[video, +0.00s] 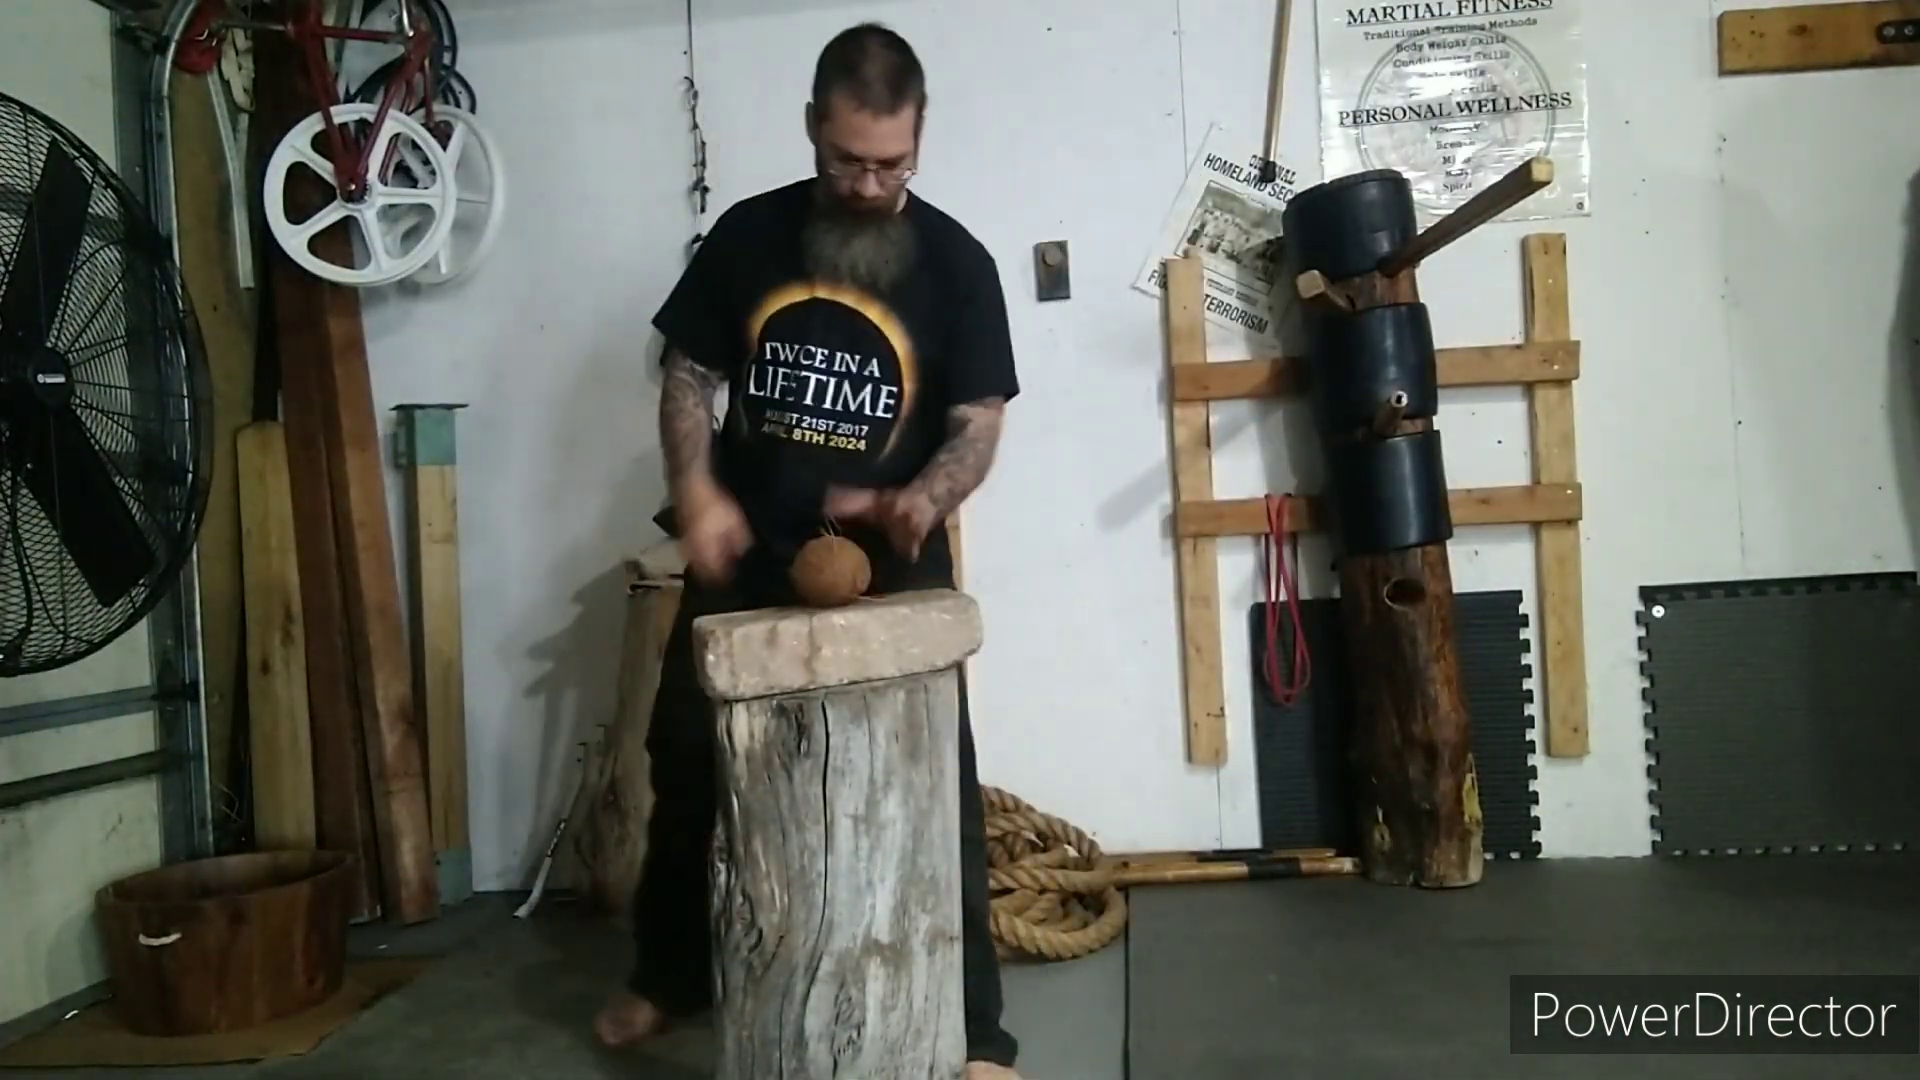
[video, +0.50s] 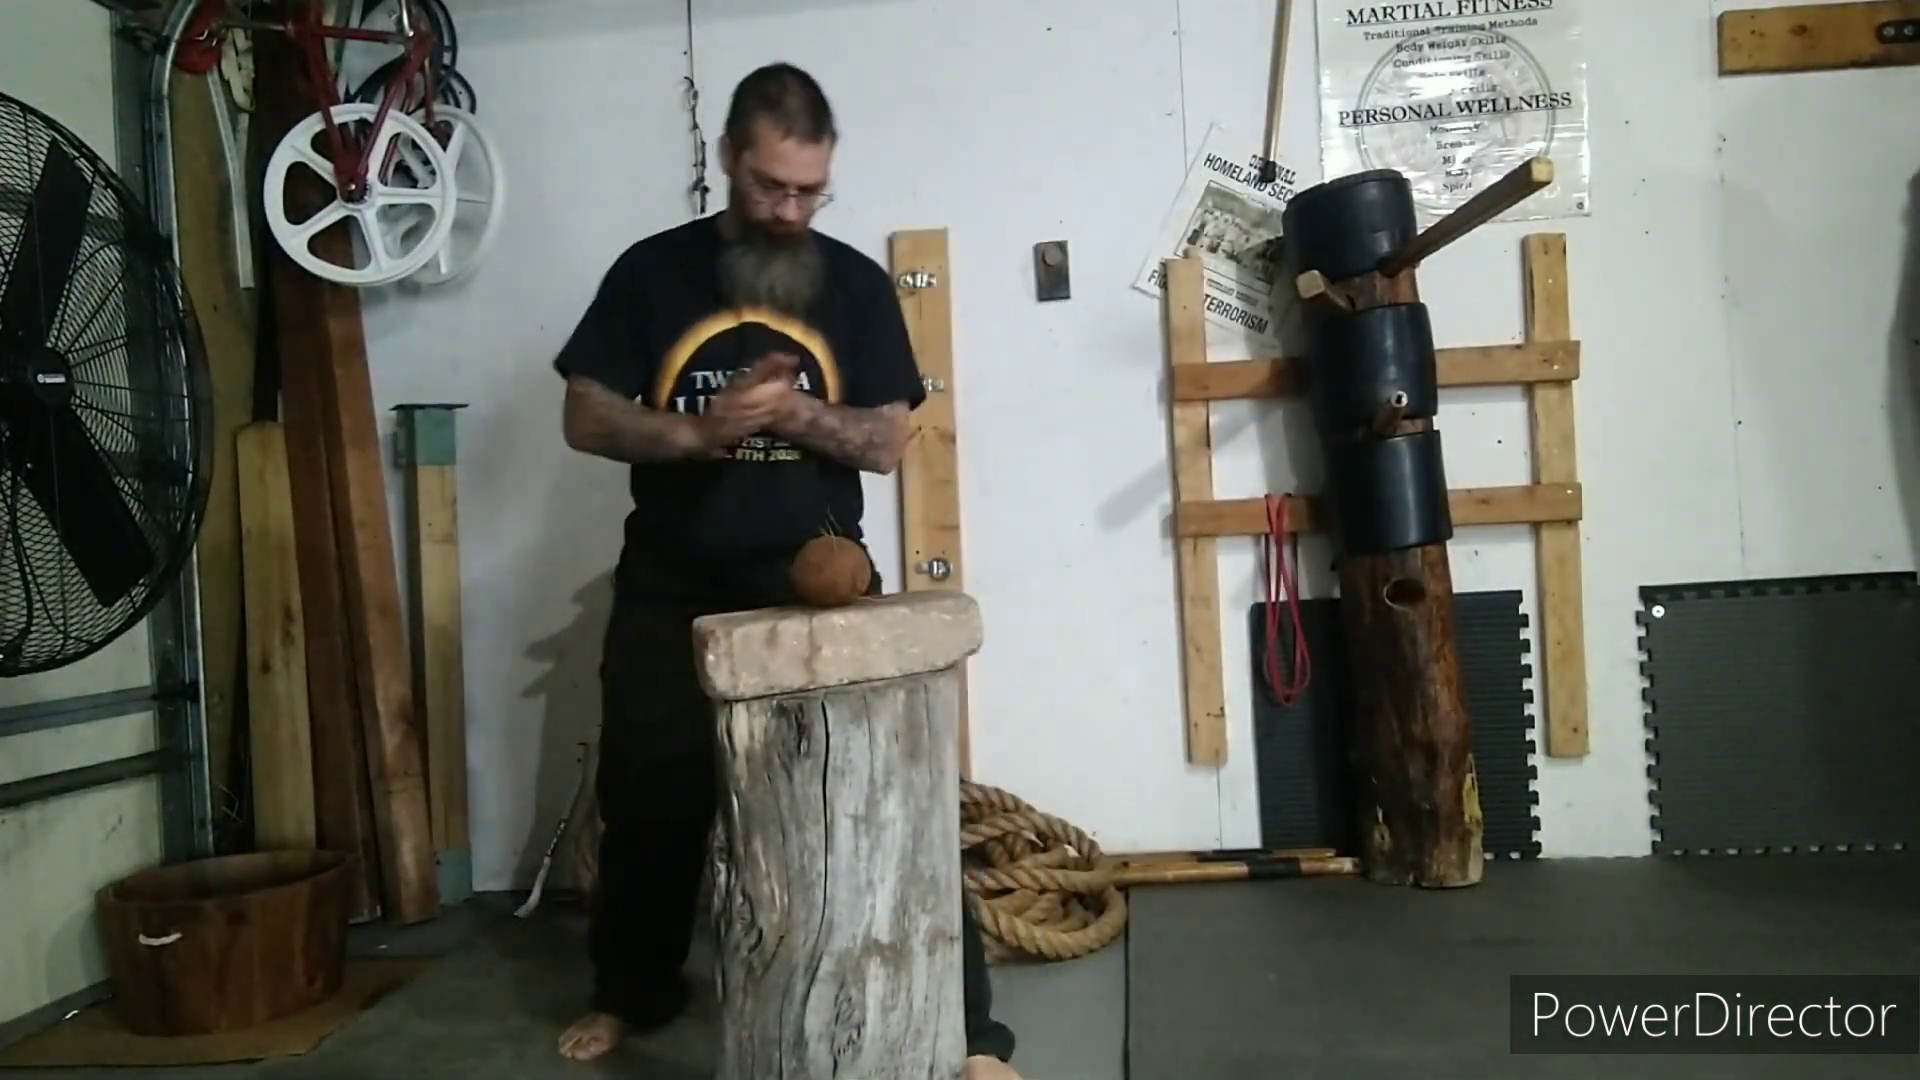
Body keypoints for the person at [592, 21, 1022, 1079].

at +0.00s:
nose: (866, 183)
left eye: (888, 162)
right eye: (846, 159)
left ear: (920, 134)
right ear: (812, 128)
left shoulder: (958, 262)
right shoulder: (744, 237)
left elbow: (979, 421)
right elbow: (686, 373)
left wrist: (923, 499)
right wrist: (695, 494)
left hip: (898, 562)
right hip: (744, 556)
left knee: (938, 794)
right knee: (689, 776)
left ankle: (975, 1030)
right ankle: (665, 981)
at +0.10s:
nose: (870, 185)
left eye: (892, 165)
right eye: (850, 163)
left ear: (920, 137)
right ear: (813, 130)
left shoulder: (955, 263)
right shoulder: (736, 239)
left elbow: (985, 422)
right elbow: (676, 378)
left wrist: (928, 480)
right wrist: (714, 465)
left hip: (894, 555)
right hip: (739, 554)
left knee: (939, 791)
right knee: (681, 774)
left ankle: (974, 1029)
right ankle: (647, 980)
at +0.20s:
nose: (858, 192)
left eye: (881, 172)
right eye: (839, 169)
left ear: (908, 146)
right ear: (802, 137)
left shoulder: (939, 267)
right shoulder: (725, 240)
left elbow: (974, 427)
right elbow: (659, 384)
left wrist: (900, 461)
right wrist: (737, 443)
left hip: (883, 563)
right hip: (730, 560)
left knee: (932, 793)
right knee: (673, 779)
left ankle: (973, 1030)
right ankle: (634, 988)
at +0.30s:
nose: (832, 204)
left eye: (854, 183)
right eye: (813, 179)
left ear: (878, 160)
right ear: (772, 148)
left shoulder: (900, 278)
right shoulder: (695, 255)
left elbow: (934, 439)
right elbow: (638, 409)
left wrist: (837, 431)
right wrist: (750, 431)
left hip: (855, 581)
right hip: (702, 578)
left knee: (915, 803)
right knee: (660, 796)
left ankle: (973, 1033)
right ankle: (630, 994)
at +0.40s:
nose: (814, 210)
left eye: (834, 190)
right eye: (795, 186)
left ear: (856, 168)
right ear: (753, 154)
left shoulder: (878, 284)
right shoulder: (673, 264)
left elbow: (903, 447)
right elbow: (614, 418)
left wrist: (828, 421)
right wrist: (740, 426)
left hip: (836, 583)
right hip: (687, 583)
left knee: (903, 799)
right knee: (656, 797)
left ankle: (971, 1030)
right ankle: (630, 993)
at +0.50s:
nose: (789, 210)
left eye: (808, 190)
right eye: (771, 186)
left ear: (829, 170)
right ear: (728, 158)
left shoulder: (858, 285)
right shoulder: (651, 272)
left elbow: (890, 442)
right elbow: (585, 421)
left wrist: (805, 413)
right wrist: (702, 432)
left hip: (821, 590)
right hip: (671, 591)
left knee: (891, 805)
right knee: (649, 807)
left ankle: (968, 1031)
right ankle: (628, 995)